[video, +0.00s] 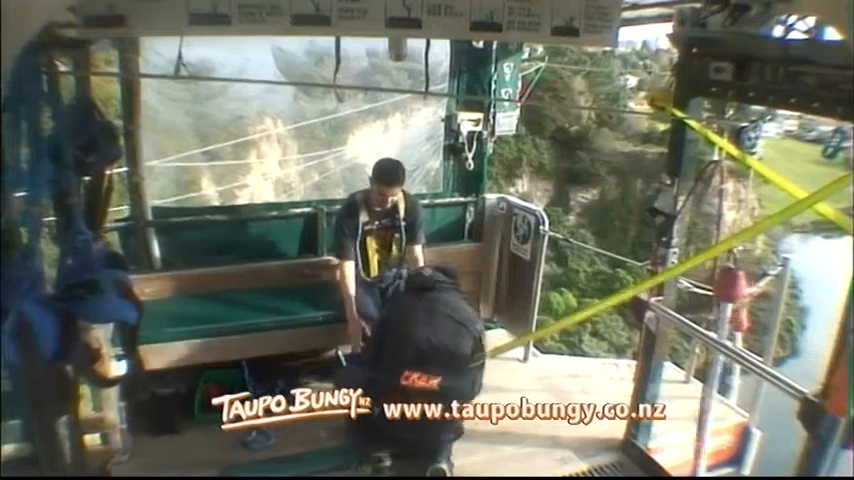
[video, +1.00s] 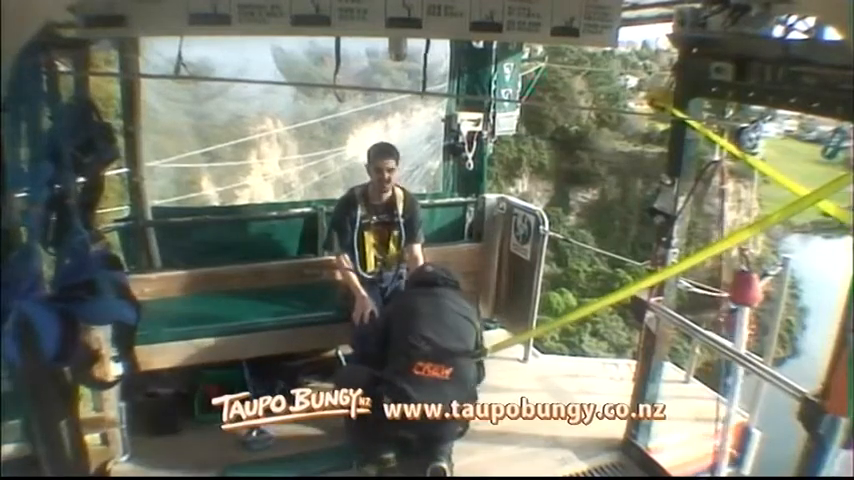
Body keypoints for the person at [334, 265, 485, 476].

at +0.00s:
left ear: (412, 284)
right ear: (454, 286)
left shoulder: (395, 306)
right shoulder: (470, 316)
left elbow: (372, 360)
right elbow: (473, 386)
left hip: (391, 406)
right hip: (447, 406)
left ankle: (377, 451)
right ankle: (442, 457)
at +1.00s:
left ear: (411, 284)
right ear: (453, 285)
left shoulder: (399, 303)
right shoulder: (469, 310)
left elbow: (370, 352)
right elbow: (478, 373)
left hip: (400, 410)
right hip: (454, 411)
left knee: (347, 376)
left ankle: (379, 451)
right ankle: (441, 457)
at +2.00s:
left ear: (410, 280)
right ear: (444, 283)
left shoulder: (390, 304)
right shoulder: (457, 307)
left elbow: (366, 356)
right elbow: (499, 363)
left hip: (392, 408)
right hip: (444, 409)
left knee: (348, 378)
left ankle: (378, 453)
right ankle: (439, 458)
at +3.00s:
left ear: (396, 284)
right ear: (436, 284)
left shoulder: (389, 306)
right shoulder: (458, 314)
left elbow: (364, 362)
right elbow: (469, 373)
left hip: (400, 418)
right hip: (454, 420)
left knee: (342, 380)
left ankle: (376, 454)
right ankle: (441, 456)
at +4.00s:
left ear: (394, 285)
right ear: (432, 285)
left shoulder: (387, 310)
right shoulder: (452, 315)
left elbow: (366, 363)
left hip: (404, 411)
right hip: (457, 414)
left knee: (341, 381)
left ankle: (377, 452)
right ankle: (441, 457)